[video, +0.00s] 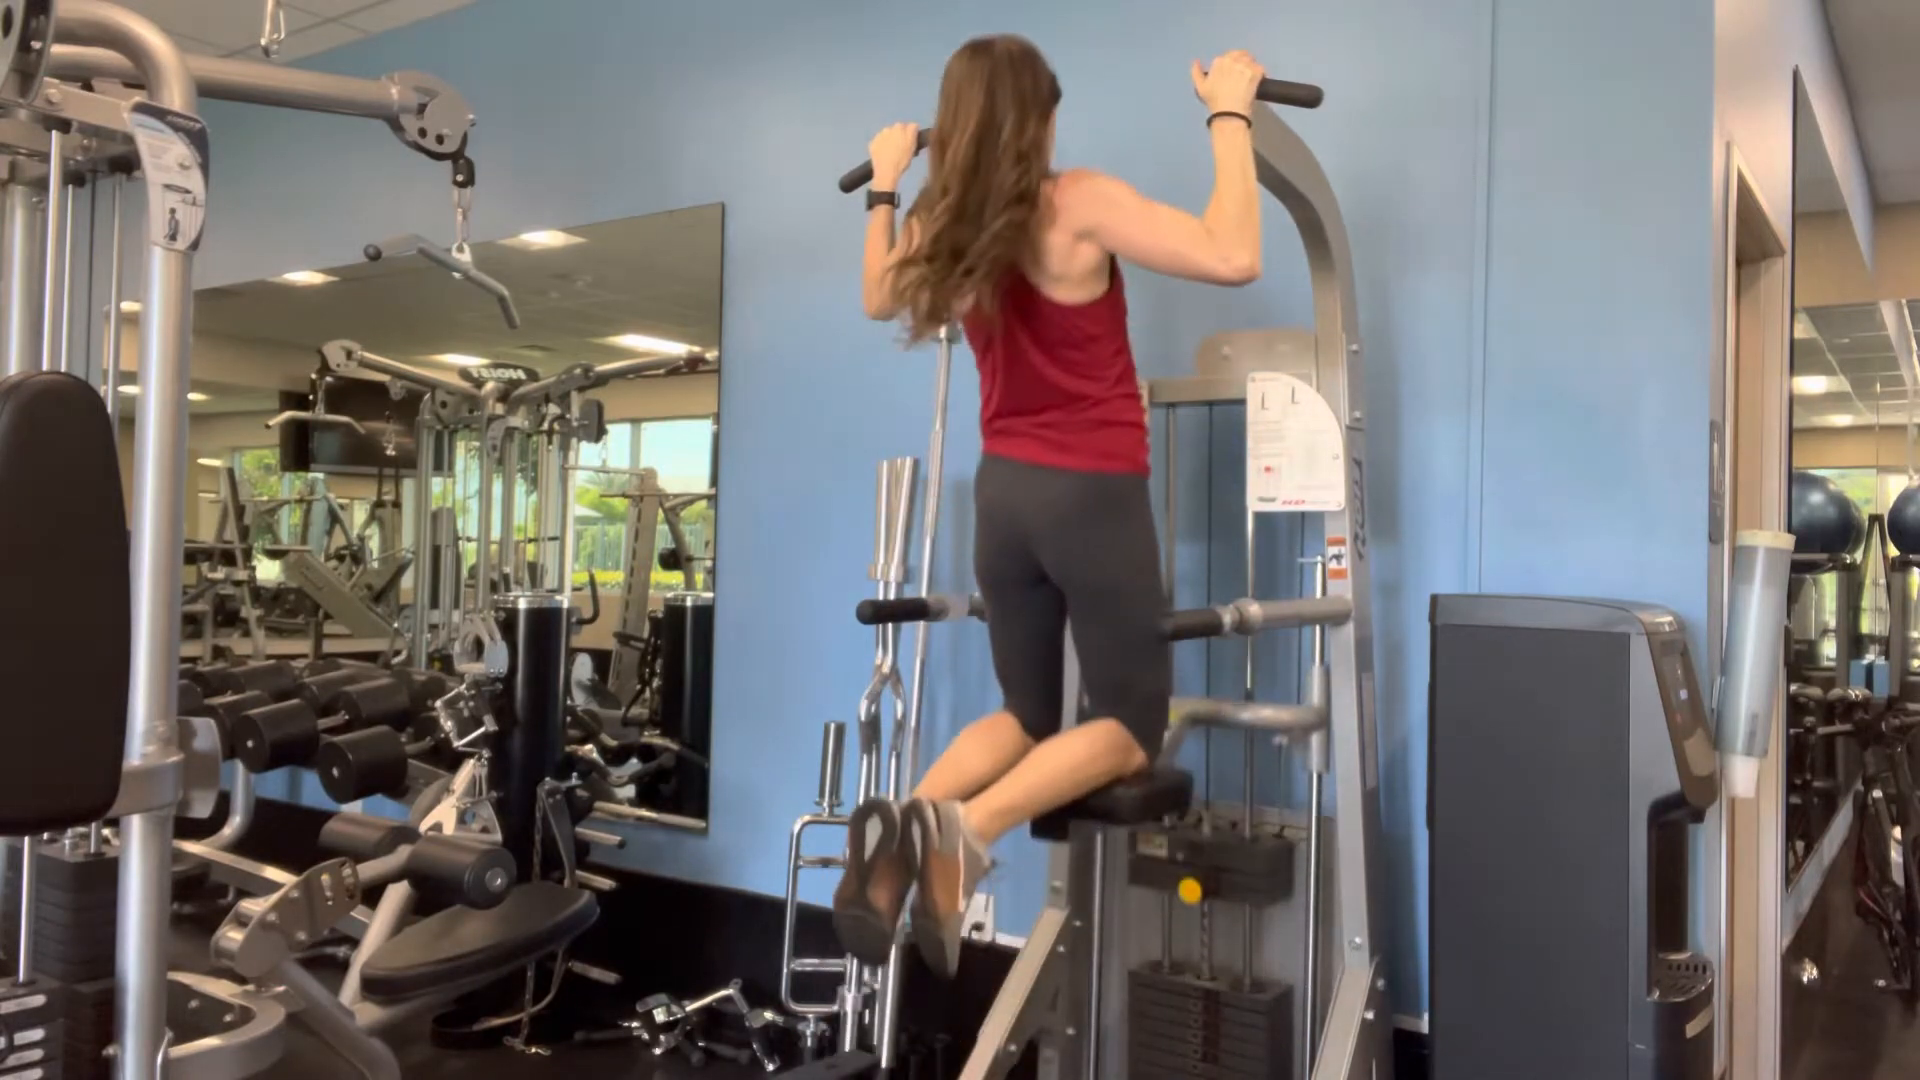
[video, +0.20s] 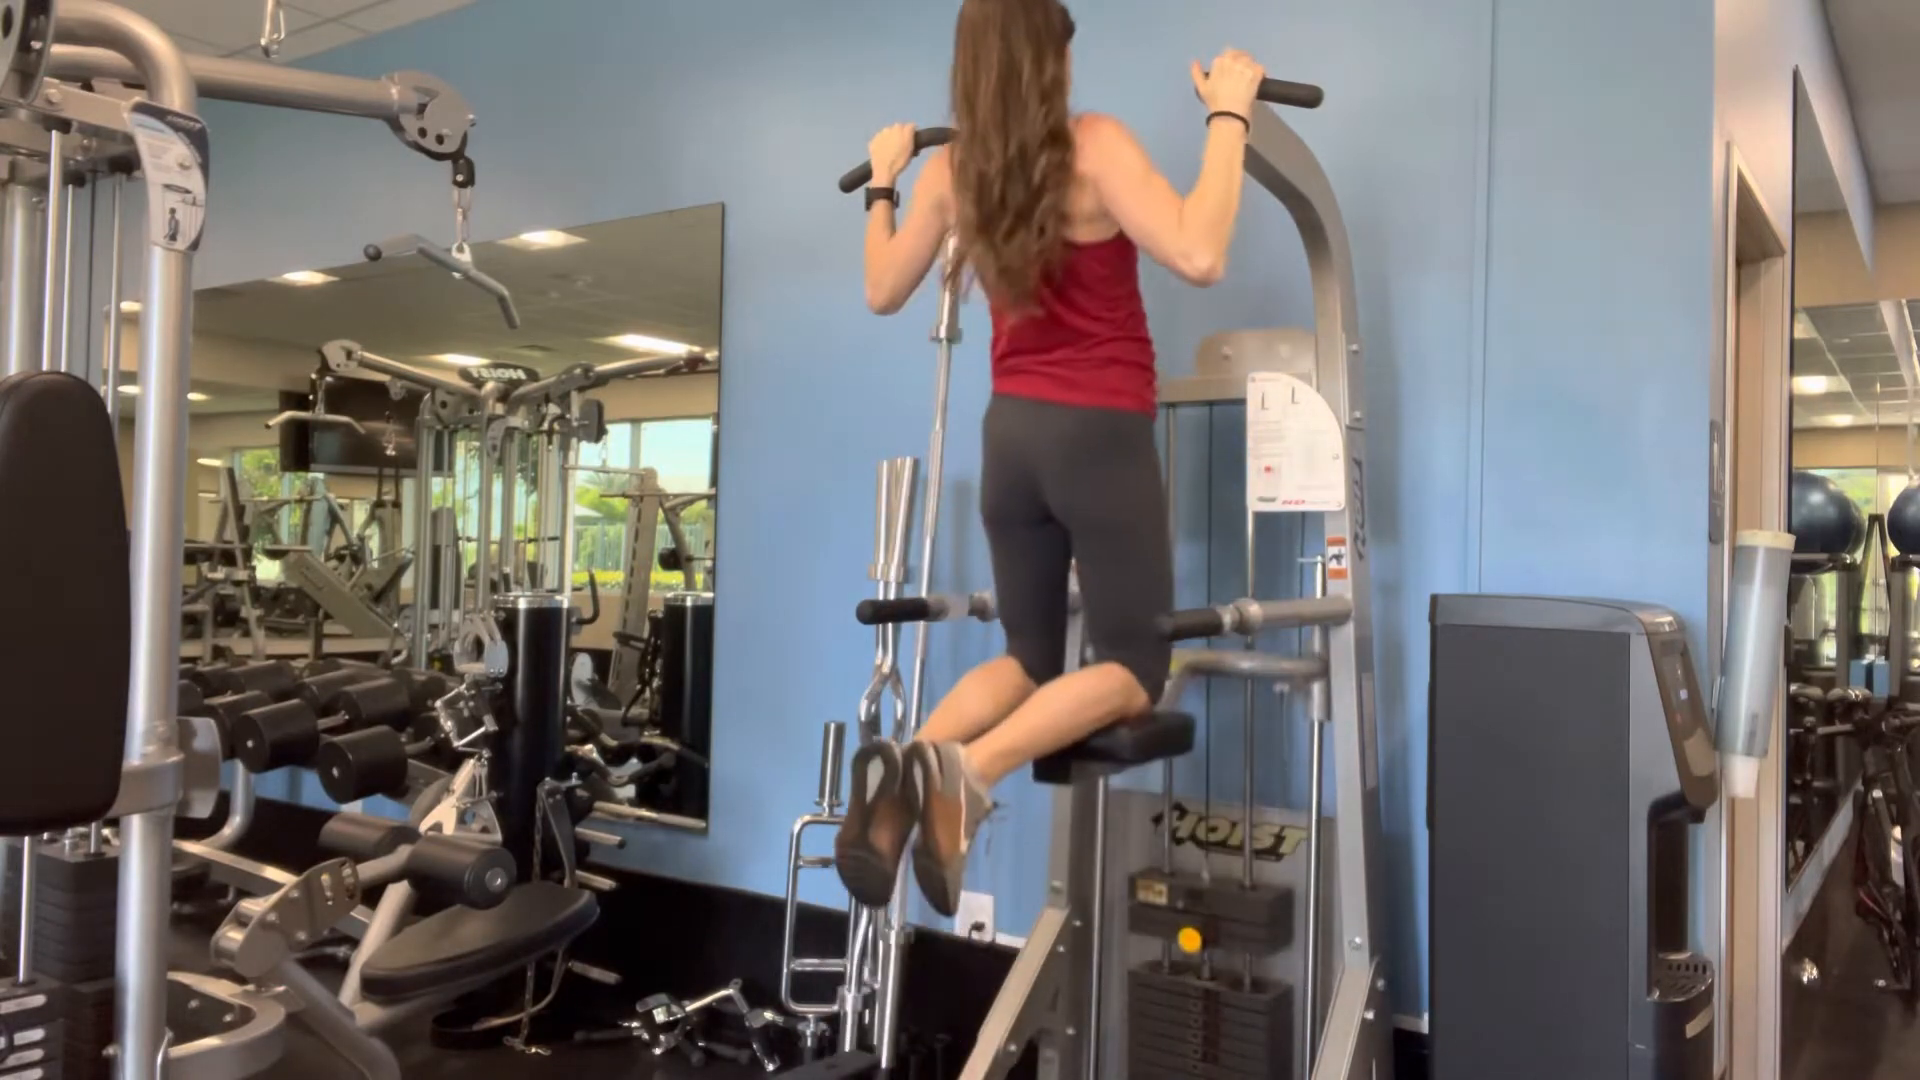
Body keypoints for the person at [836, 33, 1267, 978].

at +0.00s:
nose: (1058, 119)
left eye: (1053, 105)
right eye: (1053, 105)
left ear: (957, 123)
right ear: (1041, 116)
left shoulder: (953, 219)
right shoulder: (1081, 200)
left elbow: (880, 298)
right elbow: (1232, 254)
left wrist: (883, 185)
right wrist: (1232, 116)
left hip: (1003, 493)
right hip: (1092, 498)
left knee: (1028, 716)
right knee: (1131, 727)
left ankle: (903, 833)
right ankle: (969, 831)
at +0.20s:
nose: (1069, 59)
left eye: (1063, 42)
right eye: (1065, 43)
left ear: (974, 60)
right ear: (1054, 55)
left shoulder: (952, 168)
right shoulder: (1094, 144)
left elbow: (885, 288)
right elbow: (1199, 255)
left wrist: (881, 180)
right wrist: (1230, 115)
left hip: (1010, 435)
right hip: (1098, 437)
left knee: (1030, 657)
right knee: (1133, 673)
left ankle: (908, 772)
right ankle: (970, 772)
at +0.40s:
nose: (1077, 30)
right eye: (1073, 21)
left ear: (984, 39)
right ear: (1065, 31)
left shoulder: (966, 146)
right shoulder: (1103, 122)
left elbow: (895, 279)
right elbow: (1175, 249)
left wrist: (880, 182)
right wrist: (1229, 119)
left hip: (1017, 408)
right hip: (1107, 407)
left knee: (1031, 627)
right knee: (1136, 642)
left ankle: (908, 735)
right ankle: (972, 730)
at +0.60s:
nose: (1080, 32)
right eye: (1077, 22)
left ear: (988, 40)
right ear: (1069, 34)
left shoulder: (967, 146)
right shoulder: (1105, 121)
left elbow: (895, 279)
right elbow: (1170, 246)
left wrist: (880, 181)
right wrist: (1228, 118)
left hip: (1016, 406)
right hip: (1106, 405)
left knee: (1030, 627)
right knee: (1135, 642)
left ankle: (910, 725)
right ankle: (973, 725)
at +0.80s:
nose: (1081, 36)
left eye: (1071, 25)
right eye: (1078, 25)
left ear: (987, 42)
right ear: (1069, 36)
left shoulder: (967, 150)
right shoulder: (1104, 126)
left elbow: (893, 282)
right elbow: (1175, 248)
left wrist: (880, 181)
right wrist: (1229, 119)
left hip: (1014, 412)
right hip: (1103, 409)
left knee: (1030, 634)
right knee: (1136, 647)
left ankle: (903, 744)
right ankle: (972, 733)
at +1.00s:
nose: (1080, 46)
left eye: (1069, 32)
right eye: (1076, 33)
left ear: (985, 49)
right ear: (1068, 44)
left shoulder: (960, 159)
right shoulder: (1101, 134)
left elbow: (889, 286)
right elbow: (1190, 251)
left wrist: (878, 181)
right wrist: (1232, 116)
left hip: (1014, 414)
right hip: (1104, 414)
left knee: (1033, 639)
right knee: (1139, 655)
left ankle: (902, 744)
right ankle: (975, 734)